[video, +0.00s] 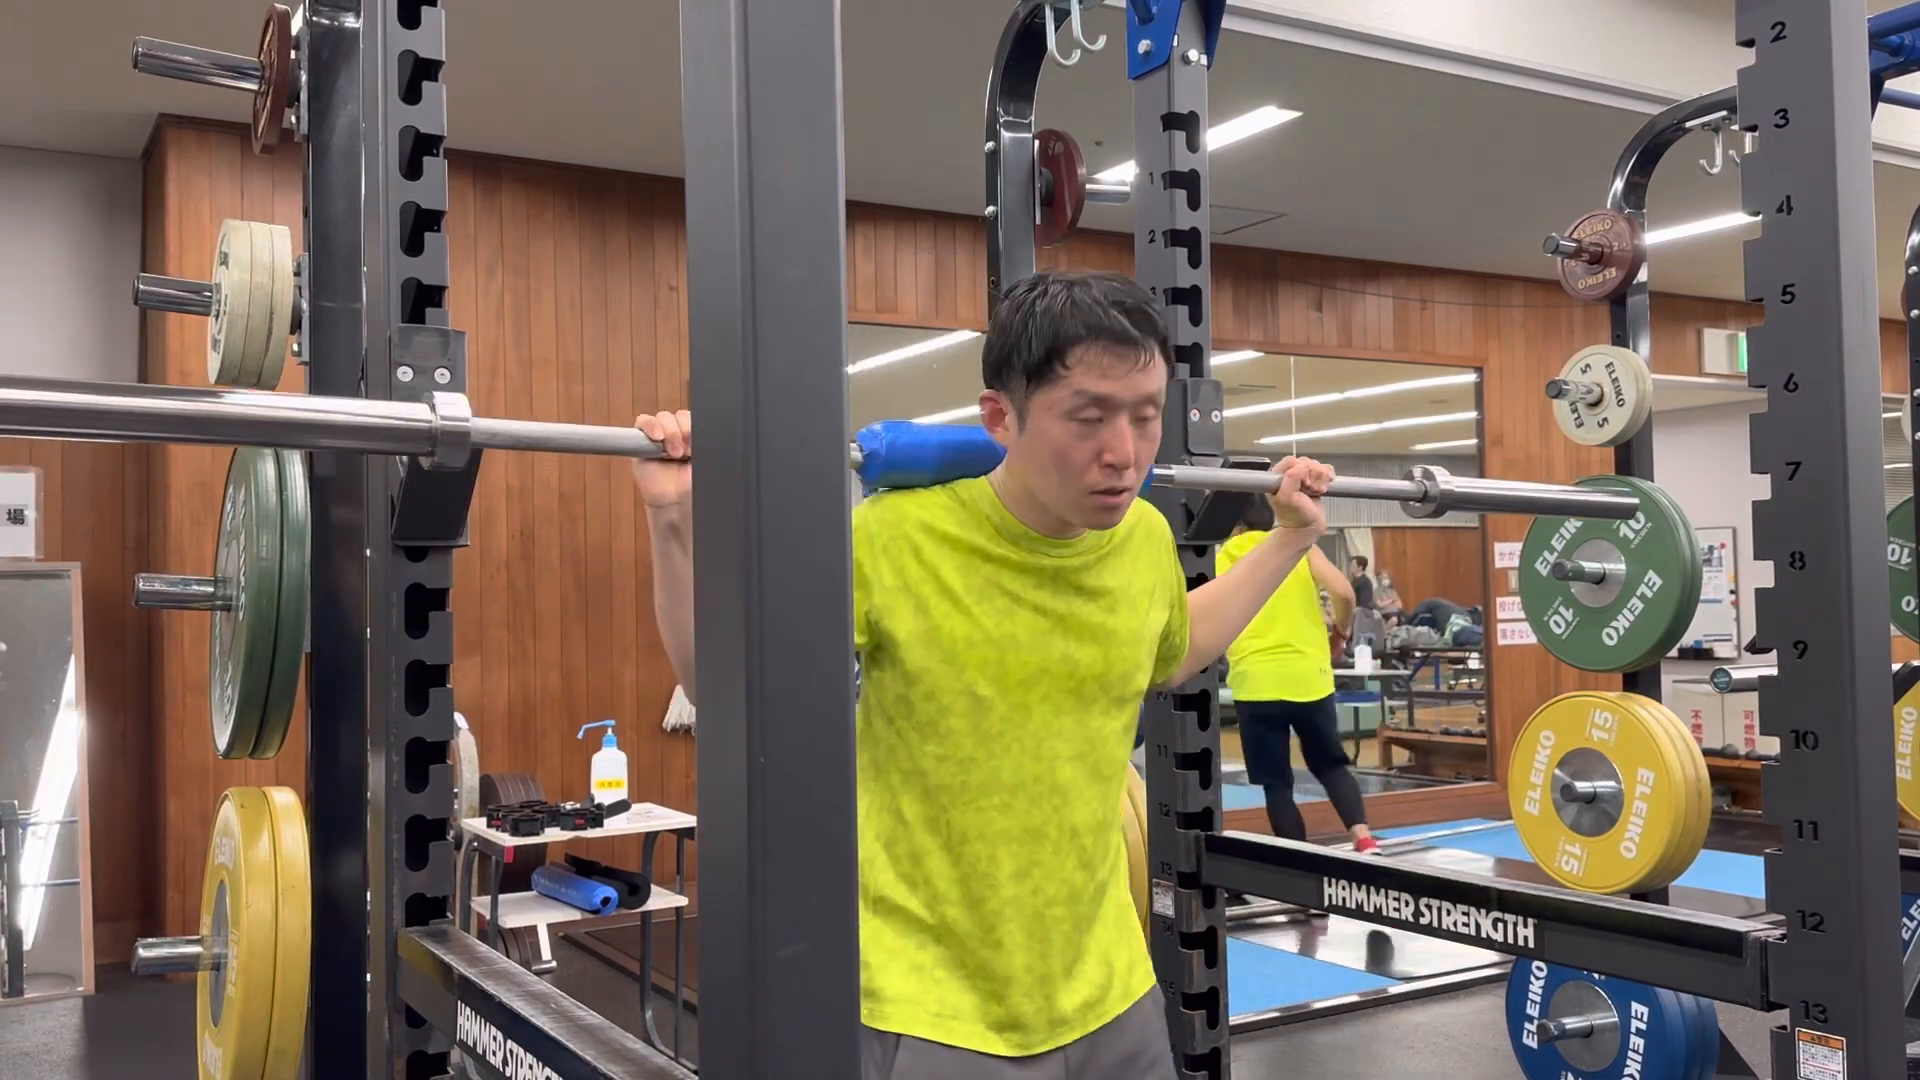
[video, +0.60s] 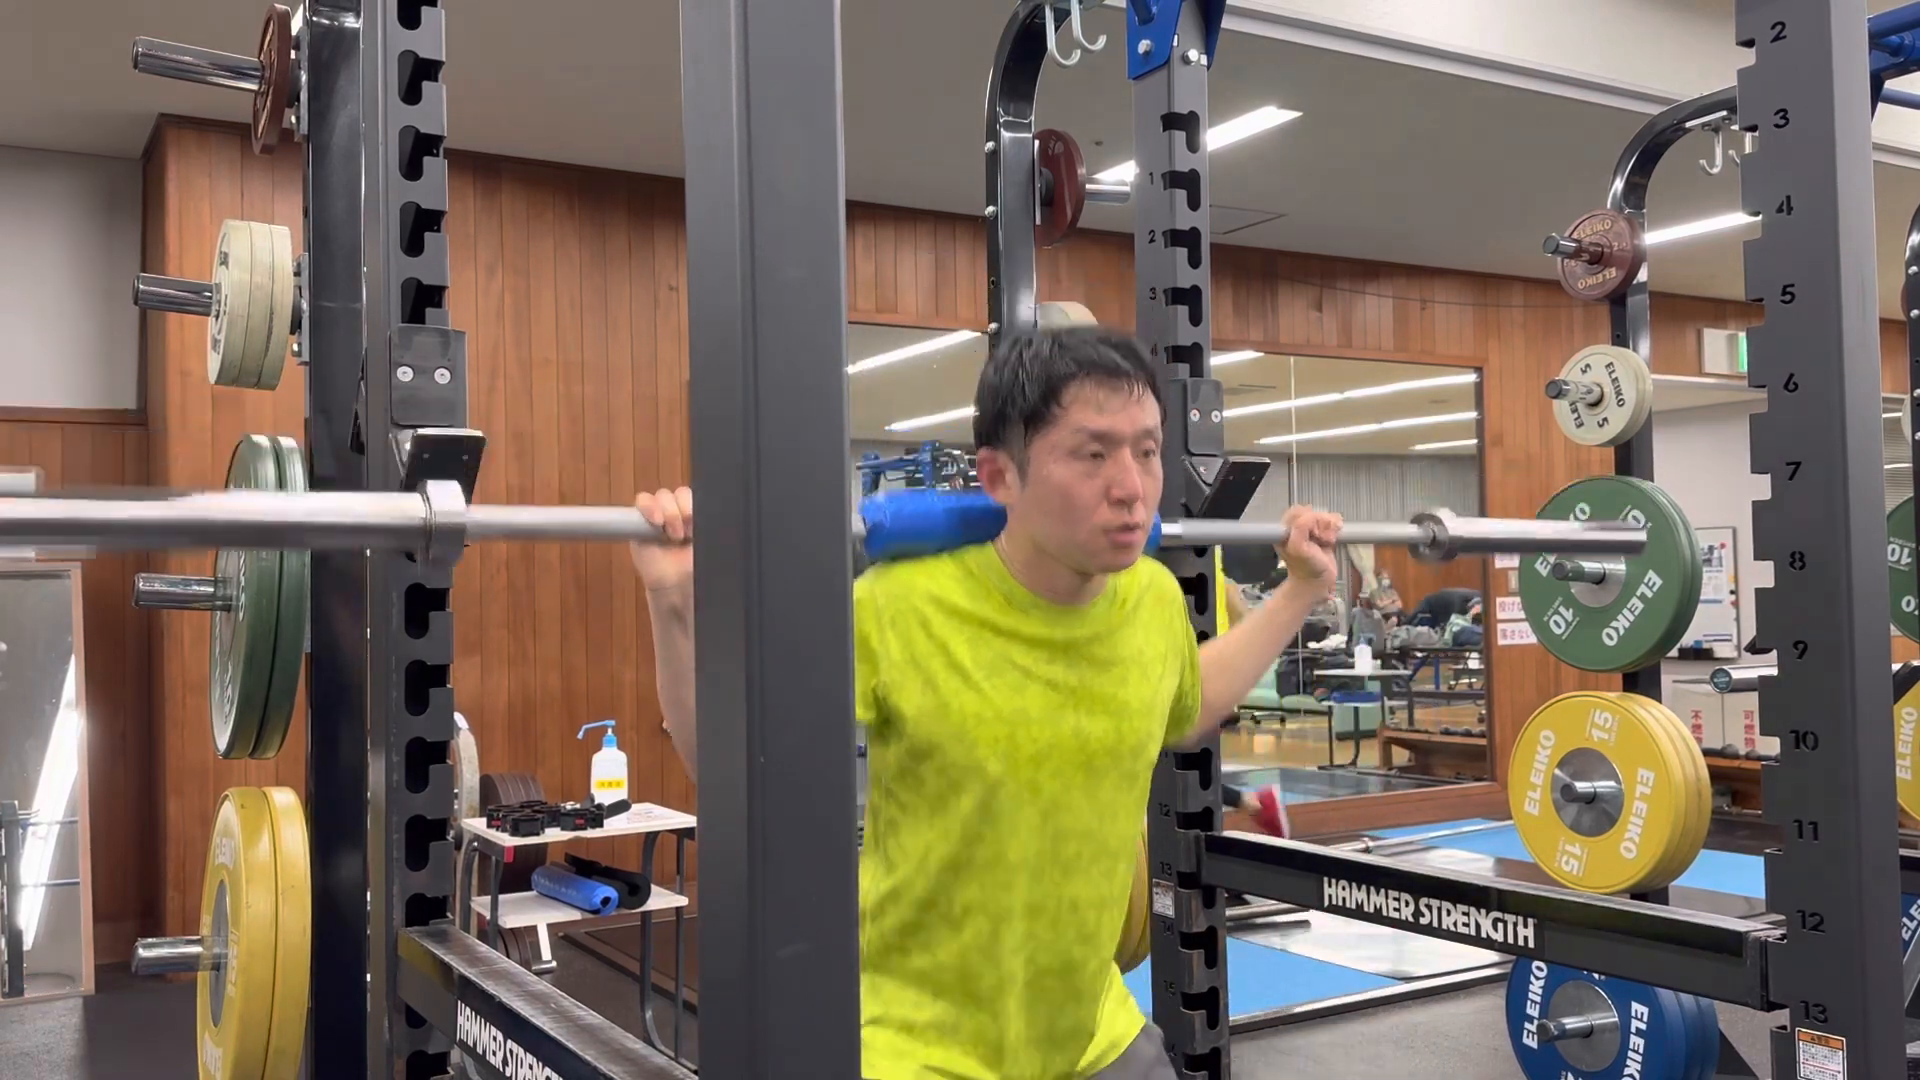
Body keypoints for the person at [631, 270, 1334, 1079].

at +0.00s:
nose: (1124, 450)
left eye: (1144, 414)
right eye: (1087, 415)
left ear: (1163, 413)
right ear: (1000, 415)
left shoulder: (1143, 540)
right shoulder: (892, 542)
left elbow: (1168, 652)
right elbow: (717, 677)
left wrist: (1290, 539)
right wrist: (673, 520)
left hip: (1107, 991)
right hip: (931, 1013)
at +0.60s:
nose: (1133, 485)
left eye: (1147, 453)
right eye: (1092, 454)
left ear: (1164, 461)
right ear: (999, 476)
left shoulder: (1151, 599)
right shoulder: (894, 608)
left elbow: (1183, 711)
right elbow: (719, 761)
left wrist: (1298, 598)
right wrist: (677, 612)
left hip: (1091, 1025)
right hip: (914, 1037)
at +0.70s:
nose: (1141, 559)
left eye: (1155, 527)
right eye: (1099, 528)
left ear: (1170, 535)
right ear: (1007, 546)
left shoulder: (1161, 667)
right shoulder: (905, 683)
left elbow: (1193, 768)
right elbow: (729, 834)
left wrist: (1308, 652)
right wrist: (681, 686)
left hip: (1079, 1050)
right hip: (911, 1052)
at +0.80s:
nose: (1149, 647)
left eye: (1163, 614)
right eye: (1107, 618)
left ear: (1179, 619)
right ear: (1014, 637)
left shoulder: (1169, 748)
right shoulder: (911, 777)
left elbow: (1196, 848)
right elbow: (735, 917)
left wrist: (1316, 730)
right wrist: (691, 788)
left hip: (1074, 1060)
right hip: (905, 1060)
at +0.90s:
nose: (1152, 704)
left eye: (1165, 670)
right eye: (1109, 674)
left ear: (1181, 674)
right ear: (1017, 692)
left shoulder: (1173, 797)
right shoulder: (906, 839)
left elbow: (1200, 891)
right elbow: (737, 977)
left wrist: (1319, 775)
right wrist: (692, 838)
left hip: (1092, 1063)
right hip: (917, 1064)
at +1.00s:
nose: (1157, 766)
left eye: (1169, 729)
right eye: (1114, 737)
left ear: (1186, 732)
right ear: (1019, 754)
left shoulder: (1179, 856)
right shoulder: (915, 895)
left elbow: (1203, 945)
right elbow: (735, 1033)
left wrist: (1324, 830)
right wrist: (694, 908)